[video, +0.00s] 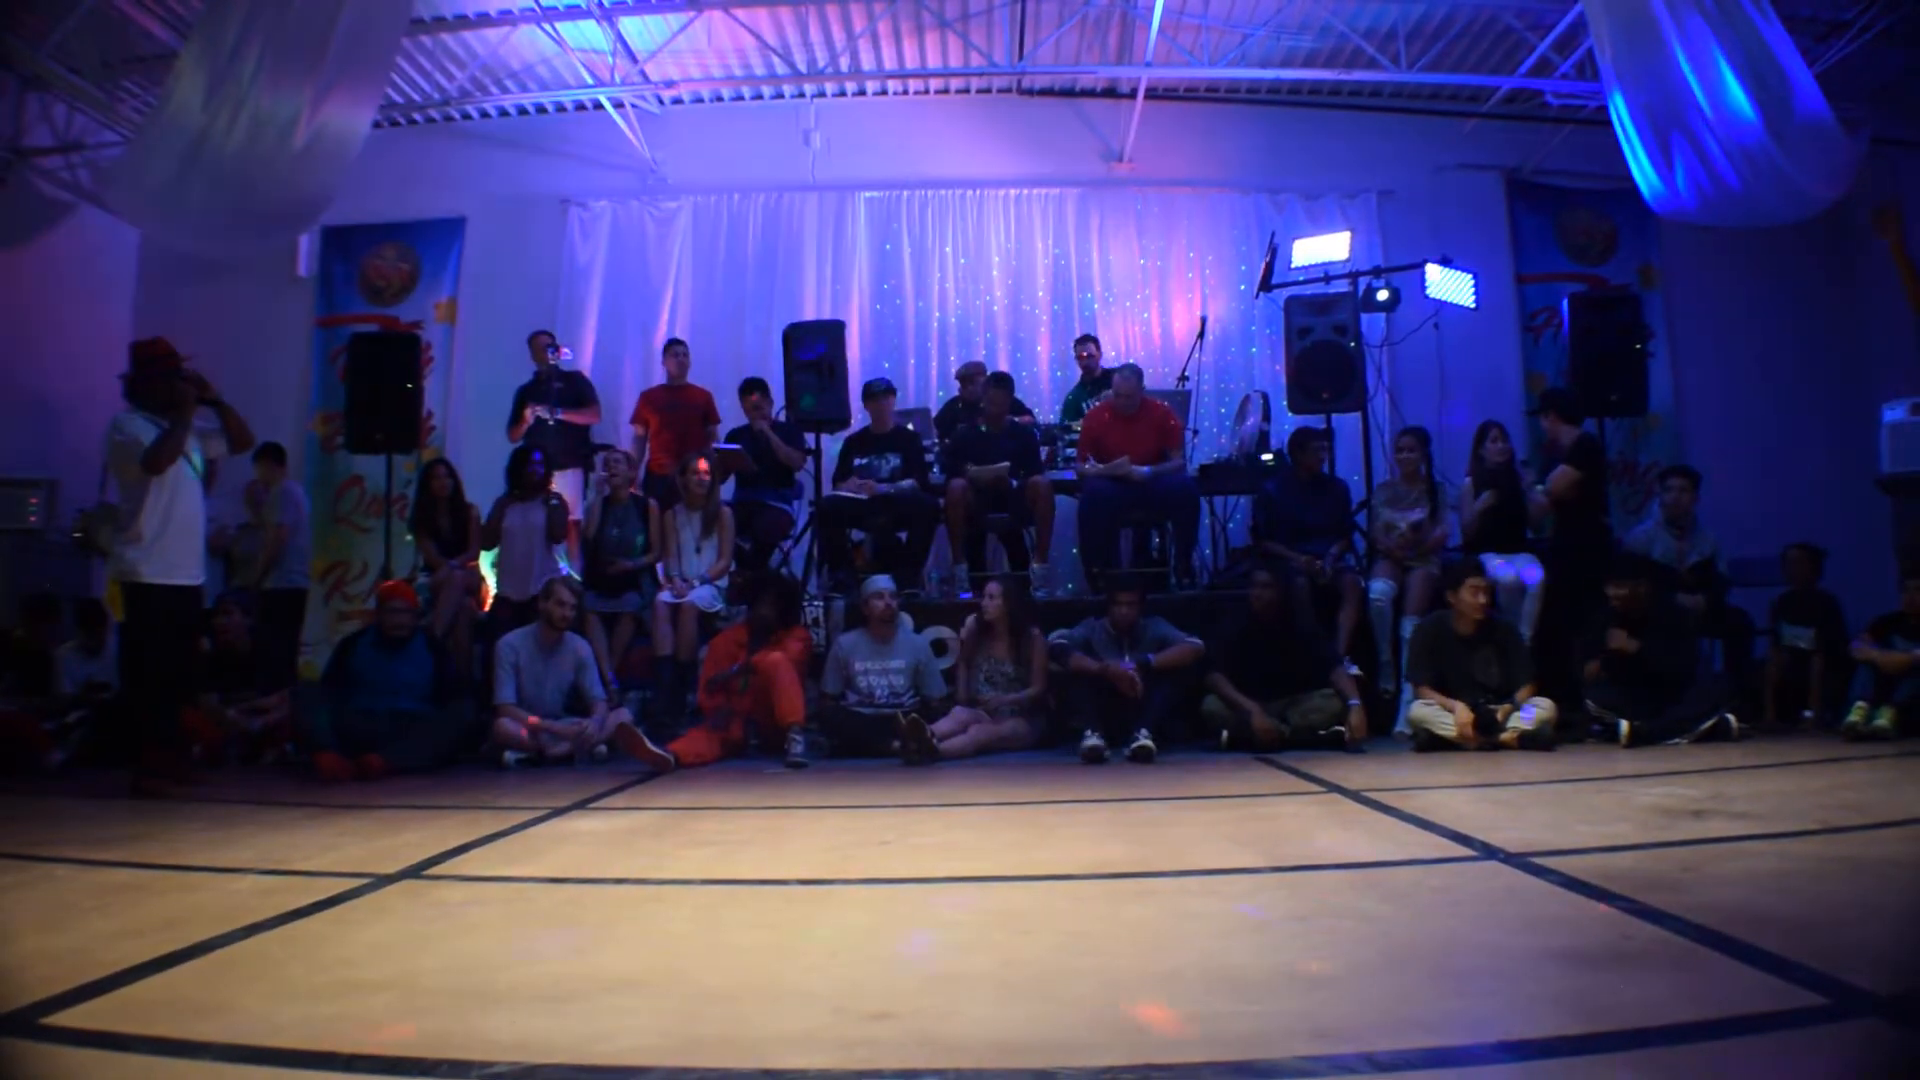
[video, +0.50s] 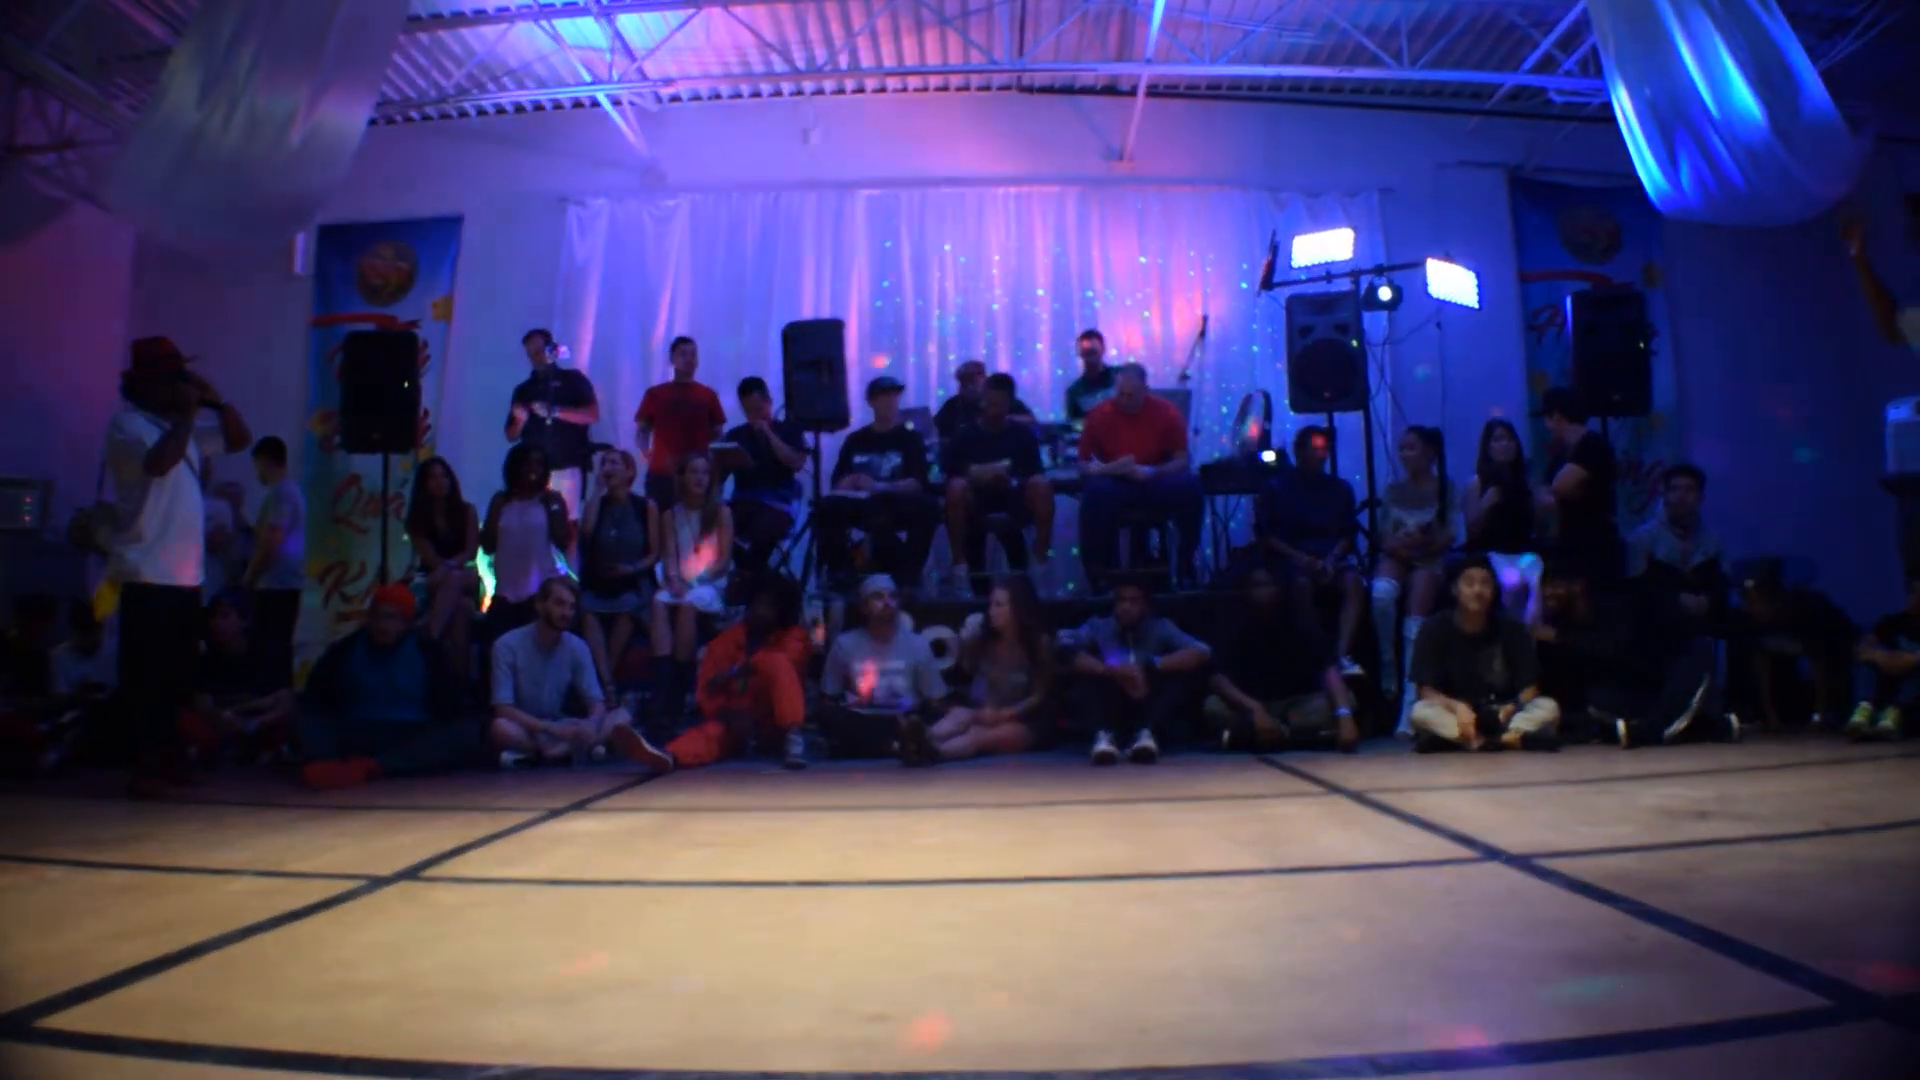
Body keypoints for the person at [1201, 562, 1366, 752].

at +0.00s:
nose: (1257, 594)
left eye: (1265, 587)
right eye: (1254, 587)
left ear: (1281, 592)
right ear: (1248, 590)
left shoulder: (1298, 626)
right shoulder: (1239, 628)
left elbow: (1334, 669)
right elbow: (1214, 675)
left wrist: (1355, 706)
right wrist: (1253, 711)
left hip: (1297, 701)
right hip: (1249, 705)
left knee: (1332, 703)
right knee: (1211, 706)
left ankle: (1253, 738)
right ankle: (1310, 739)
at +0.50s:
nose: (1262, 593)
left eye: (1267, 586)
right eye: (1256, 587)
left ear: (1278, 589)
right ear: (1247, 592)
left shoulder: (1297, 626)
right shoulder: (1239, 630)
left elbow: (1328, 670)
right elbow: (1218, 678)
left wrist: (1344, 715)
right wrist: (1256, 710)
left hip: (1300, 702)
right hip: (1252, 705)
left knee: (1341, 702)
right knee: (1213, 706)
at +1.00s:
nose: (1270, 589)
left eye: (1272, 583)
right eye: (1261, 585)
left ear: (1277, 586)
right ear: (1246, 591)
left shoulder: (1292, 620)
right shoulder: (1235, 627)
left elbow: (1322, 669)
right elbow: (1215, 675)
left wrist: (1337, 715)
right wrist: (1256, 709)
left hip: (1295, 699)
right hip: (1248, 703)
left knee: (1344, 697)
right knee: (1211, 706)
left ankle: (1255, 737)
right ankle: (1301, 737)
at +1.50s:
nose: (1268, 589)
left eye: (1270, 583)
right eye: (1260, 585)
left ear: (1276, 585)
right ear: (1245, 591)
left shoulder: (1292, 621)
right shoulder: (1235, 627)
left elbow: (1327, 669)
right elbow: (1214, 676)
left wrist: (1310, 711)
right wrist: (1256, 709)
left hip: (1294, 699)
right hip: (1249, 703)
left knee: (1344, 698)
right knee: (1211, 706)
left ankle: (1253, 739)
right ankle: (1307, 739)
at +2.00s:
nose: (1259, 592)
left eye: (1265, 586)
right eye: (1252, 587)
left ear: (1275, 589)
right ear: (1243, 592)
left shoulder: (1292, 620)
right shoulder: (1234, 626)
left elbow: (1329, 669)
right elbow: (1214, 676)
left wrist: (1310, 716)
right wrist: (1255, 710)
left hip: (1294, 699)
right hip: (1247, 702)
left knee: (1343, 698)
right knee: (1211, 706)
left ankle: (1253, 739)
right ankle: (1305, 738)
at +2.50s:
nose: (1255, 592)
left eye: (1261, 586)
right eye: (1250, 586)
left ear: (1274, 590)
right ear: (1242, 590)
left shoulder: (1293, 622)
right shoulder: (1232, 625)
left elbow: (1328, 670)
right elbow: (1214, 676)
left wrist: (1303, 716)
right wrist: (1253, 710)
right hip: (1246, 706)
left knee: (1342, 698)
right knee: (1210, 705)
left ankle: (1254, 740)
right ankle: (1306, 739)